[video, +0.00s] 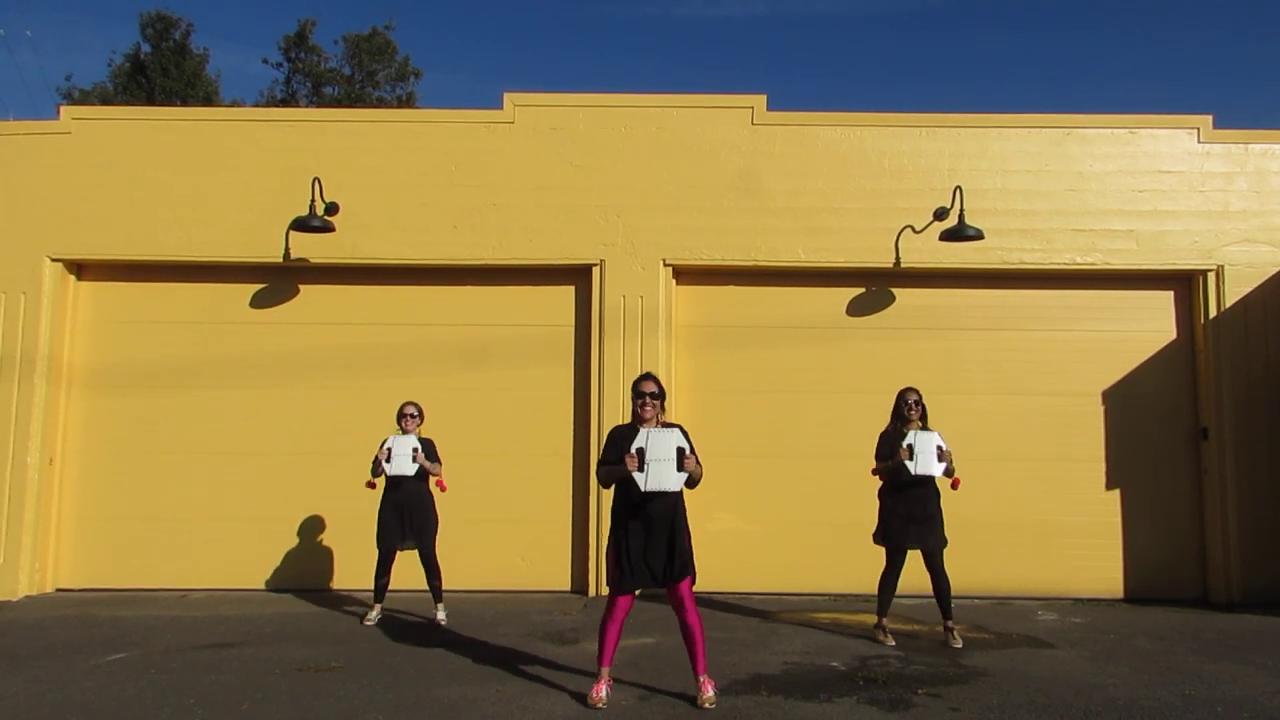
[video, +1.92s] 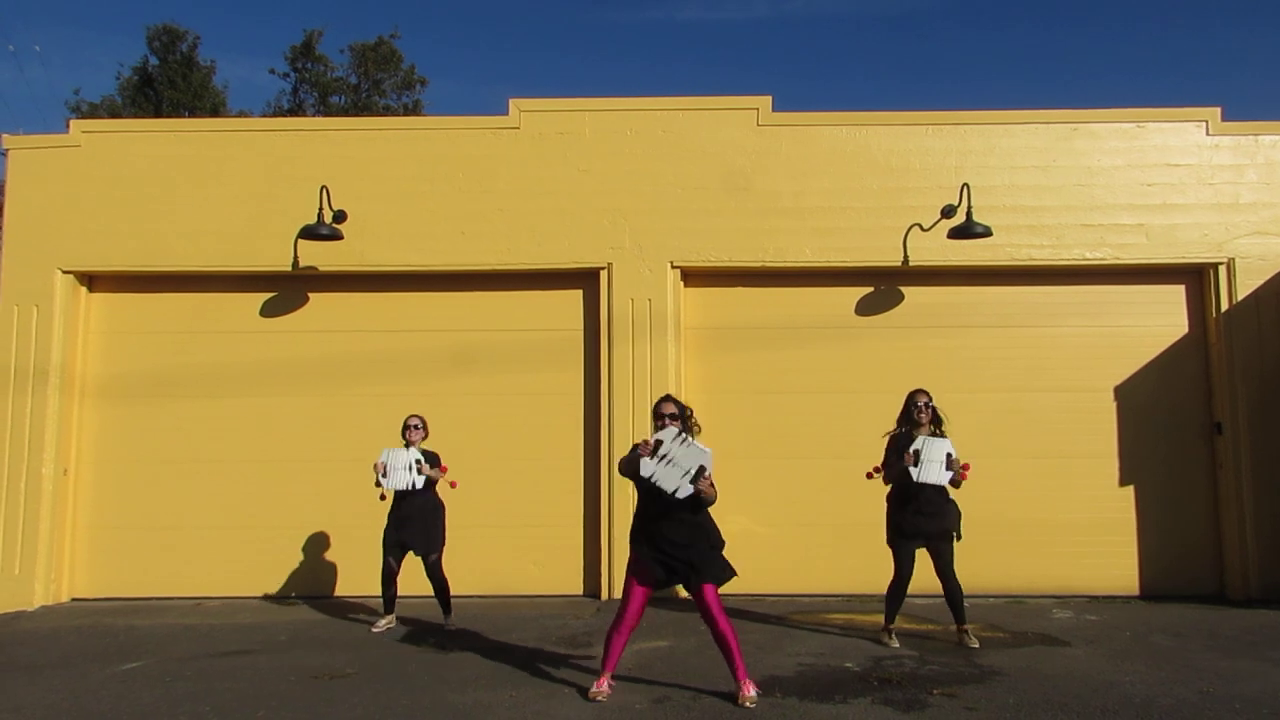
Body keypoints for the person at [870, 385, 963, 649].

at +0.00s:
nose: (912, 407)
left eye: (916, 403)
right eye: (906, 404)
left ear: (922, 407)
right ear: (898, 407)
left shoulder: (931, 437)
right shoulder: (890, 435)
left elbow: (947, 473)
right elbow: (880, 470)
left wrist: (947, 461)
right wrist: (898, 460)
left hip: (927, 508)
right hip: (897, 509)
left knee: (936, 566)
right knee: (894, 565)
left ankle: (949, 625)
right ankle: (881, 624)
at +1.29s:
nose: (921, 408)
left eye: (925, 404)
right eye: (915, 405)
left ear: (932, 407)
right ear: (907, 409)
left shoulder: (943, 438)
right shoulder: (901, 438)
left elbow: (958, 474)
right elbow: (893, 475)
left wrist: (964, 460)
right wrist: (909, 468)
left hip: (940, 515)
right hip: (908, 516)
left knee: (949, 574)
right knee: (898, 572)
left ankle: (958, 632)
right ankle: (878, 628)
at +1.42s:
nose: (924, 392)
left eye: (927, 387)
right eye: (918, 389)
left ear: (934, 392)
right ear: (909, 397)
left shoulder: (949, 421)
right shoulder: (903, 425)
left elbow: (980, 442)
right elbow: (896, 462)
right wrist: (895, 480)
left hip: (942, 501)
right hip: (908, 502)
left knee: (949, 563)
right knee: (899, 556)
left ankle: (954, 626)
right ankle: (869, 598)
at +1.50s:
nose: (927, 394)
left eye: (930, 390)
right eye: (921, 392)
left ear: (936, 395)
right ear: (912, 400)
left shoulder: (951, 421)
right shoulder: (907, 428)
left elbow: (992, 423)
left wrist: (1006, 404)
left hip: (945, 504)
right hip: (912, 504)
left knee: (951, 567)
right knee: (901, 561)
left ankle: (951, 628)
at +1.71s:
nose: (927, 395)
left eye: (930, 390)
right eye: (920, 392)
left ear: (936, 396)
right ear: (911, 399)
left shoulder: (949, 422)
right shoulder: (904, 430)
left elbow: (985, 419)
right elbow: (893, 465)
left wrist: (1006, 406)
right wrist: (892, 486)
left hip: (943, 506)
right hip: (910, 506)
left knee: (946, 566)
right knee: (904, 561)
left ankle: (953, 629)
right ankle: (877, 552)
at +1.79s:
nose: (925, 397)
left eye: (929, 393)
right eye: (919, 394)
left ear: (935, 398)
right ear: (909, 400)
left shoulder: (947, 423)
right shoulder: (900, 428)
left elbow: (980, 436)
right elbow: (890, 467)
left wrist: (985, 433)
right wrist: (906, 473)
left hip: (942, 502)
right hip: (907, 503)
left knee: (949, 565)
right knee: (902, 562)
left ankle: (959, 624)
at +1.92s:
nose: (922, 410)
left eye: (926, 406)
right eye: (916, 406)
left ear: (933, 410)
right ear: (908, 410)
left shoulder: (942, 441)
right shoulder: (899, 439)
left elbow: (956, 482)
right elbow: (887, 478)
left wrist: (955, 470)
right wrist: (904, 463)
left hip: (937, 513)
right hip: (904, 513)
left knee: (947, 573)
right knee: (903, 573)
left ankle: (963, 629)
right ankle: (888, 629)